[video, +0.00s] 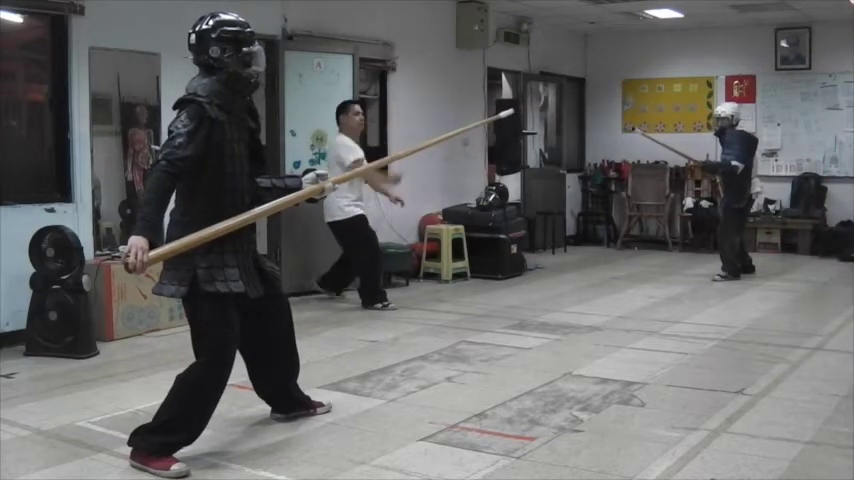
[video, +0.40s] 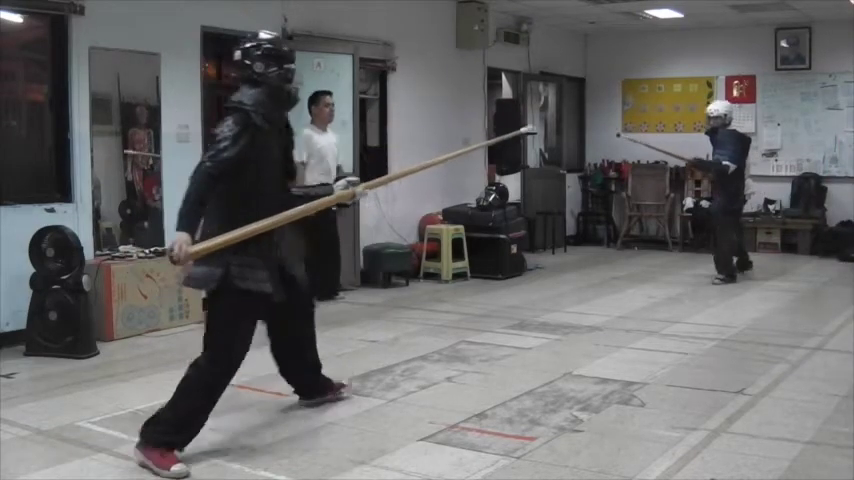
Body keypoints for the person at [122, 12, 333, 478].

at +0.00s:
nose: (253, 57)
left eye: (253, 49)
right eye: (242, 49)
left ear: (245, 54)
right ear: (213, 53)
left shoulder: (239, 108)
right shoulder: (200, 106)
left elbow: (246, 184)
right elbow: (165, 168)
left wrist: (300, 184)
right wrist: (144, 232)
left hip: (237, 245)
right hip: (203, 249)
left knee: (271, 315)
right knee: (216, 356)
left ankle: (286, 399)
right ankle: (152, 446)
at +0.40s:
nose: (291, 75)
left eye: (290, 67)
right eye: (281, 67)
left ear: (273, 72)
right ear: (258, 71)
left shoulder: (275, 119)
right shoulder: (244, 117)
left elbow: (274, 193)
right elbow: (209, 169)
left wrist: (327, 194)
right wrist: (184, 229)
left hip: (268, 245)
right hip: (235, 248)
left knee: (296, 307)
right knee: (223, 352)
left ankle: (311, 384)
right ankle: (158, 439)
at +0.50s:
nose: (311, 79)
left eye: (310, 71)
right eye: (303, 71)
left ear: (288, 75)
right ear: (282, 74)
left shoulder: (292, 120)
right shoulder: (263, 117)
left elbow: (293, 189)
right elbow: (229, 165)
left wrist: (345, 187)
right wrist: (208, 219)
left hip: (288, 241)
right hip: (259, 243)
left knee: (308, 307)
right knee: (251, 332)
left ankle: (311, 382)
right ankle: (187, 410)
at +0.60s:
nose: (326, 68)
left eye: (326, 60)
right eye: (318, 61)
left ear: (316, 64)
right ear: (296, 63)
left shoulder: (309, 109)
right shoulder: (283, 104)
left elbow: (310, 180)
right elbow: (246, 154)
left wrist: (361, 182)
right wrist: (227, 209)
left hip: (304, 226)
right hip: (272, 227)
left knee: (319, 300)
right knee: (283, 319)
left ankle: (313, 384)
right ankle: (230, 407)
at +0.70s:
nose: (339, 67)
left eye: (339, 59)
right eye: (331, 60)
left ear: (319, 64)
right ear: (310, 62)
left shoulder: (319, 109)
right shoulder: (294, 105)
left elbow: (320, 178)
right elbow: (258, 151)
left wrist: (372, 177)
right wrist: (240, 203)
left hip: (300, 226)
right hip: (275, 227)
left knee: (326, 297)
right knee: (302, 306)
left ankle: (315, 383)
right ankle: (280, 400)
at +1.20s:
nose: (387, 76)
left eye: (386, 69)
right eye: (379, 69)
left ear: (362, 73)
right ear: (360, 72)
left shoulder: (369, 113)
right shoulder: (345, 111)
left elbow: (367, 186)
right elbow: (308, 162)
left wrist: (410, 184)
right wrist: (299, 212)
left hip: (348, 228)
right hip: (328, 230)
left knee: (381, 281)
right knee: (362, 314)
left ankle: (376, 355)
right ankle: (332, 392)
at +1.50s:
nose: (431, 101)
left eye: (430, 94)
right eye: (425, 95)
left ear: (403, 97)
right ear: (409, 97)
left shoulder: (412, 137)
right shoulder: (389, 136)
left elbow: (429, 188)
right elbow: (356, 171)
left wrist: (469, 189)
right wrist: (364, 224)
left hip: (387, 238)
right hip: (365, 240)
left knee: (414, 286)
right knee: (376, 314)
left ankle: (423, 353)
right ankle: (335, 389)